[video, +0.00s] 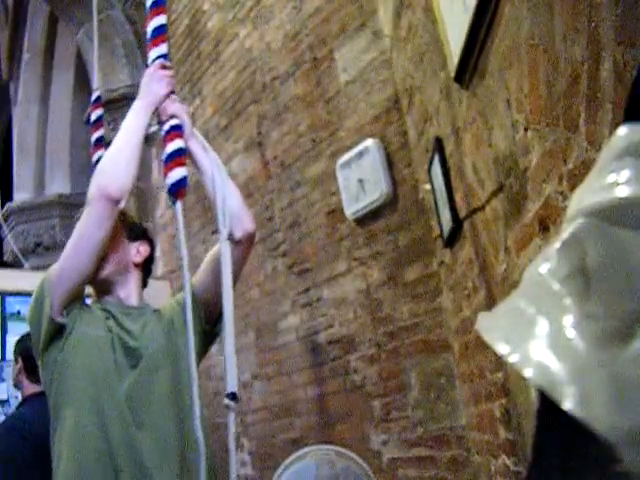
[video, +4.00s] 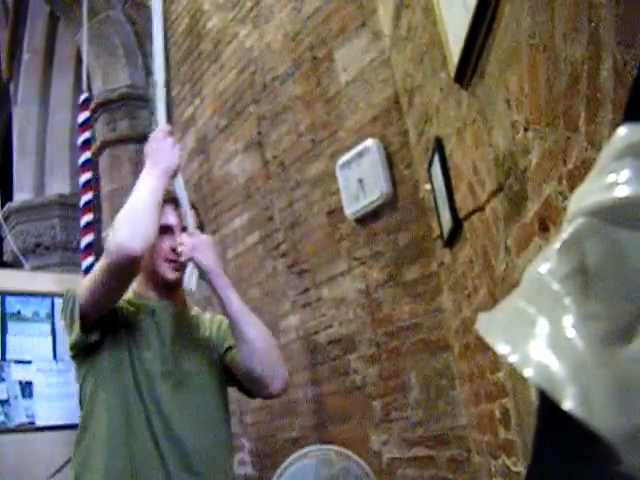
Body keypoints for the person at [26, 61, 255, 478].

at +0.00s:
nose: (96, 241)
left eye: (110, 233)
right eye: (96, 233)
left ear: (140, 251)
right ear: (83, 249)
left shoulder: (178, 325)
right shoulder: (61, 325)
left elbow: (240, 231)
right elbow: (107, 194)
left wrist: (189, 136)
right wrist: (144, 104)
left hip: (173, 470)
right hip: (85, 470)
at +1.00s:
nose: (101, 238)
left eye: (115, 230)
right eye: (102, 230)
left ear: (146, 245)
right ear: (88, 246)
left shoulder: (185, 320)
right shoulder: (66, 322)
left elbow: (248, 228)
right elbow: (112, 191)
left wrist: (193, 137)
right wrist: (145, 103)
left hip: (189, 470)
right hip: (92, 470)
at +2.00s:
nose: (153, 243)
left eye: (159, 232)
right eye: (141, 232)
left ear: (167, 243)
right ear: (96, 254)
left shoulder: (179, 332)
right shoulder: (63, 324)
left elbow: (251, 301)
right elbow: (127, 253)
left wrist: (195, 202)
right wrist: (144, 166)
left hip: (182, 471)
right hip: (93, 471)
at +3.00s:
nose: (157, 268)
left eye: (165, 253)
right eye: (139, 254)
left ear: (174, 261)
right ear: (104, 268)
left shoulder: (198, 349)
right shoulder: (69, 358)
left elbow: (222, 456)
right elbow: (92, 475)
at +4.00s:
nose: (178, 243)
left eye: (184, 232)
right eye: (164, 231)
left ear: (192, 241)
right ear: (141, 242)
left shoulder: (212, 330)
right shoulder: (101, 320)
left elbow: (273, 381)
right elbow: (126, 251)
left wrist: (217, 275)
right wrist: (155, 171)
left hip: (205, 472)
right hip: (115, 470)